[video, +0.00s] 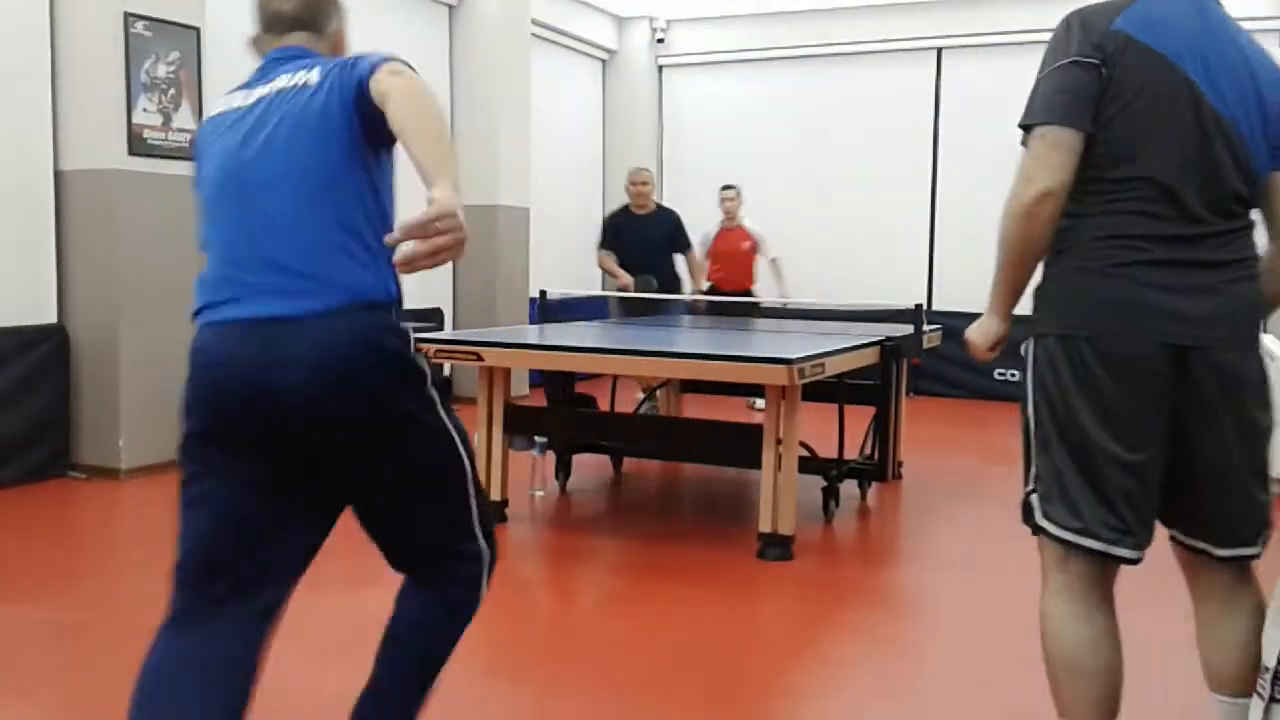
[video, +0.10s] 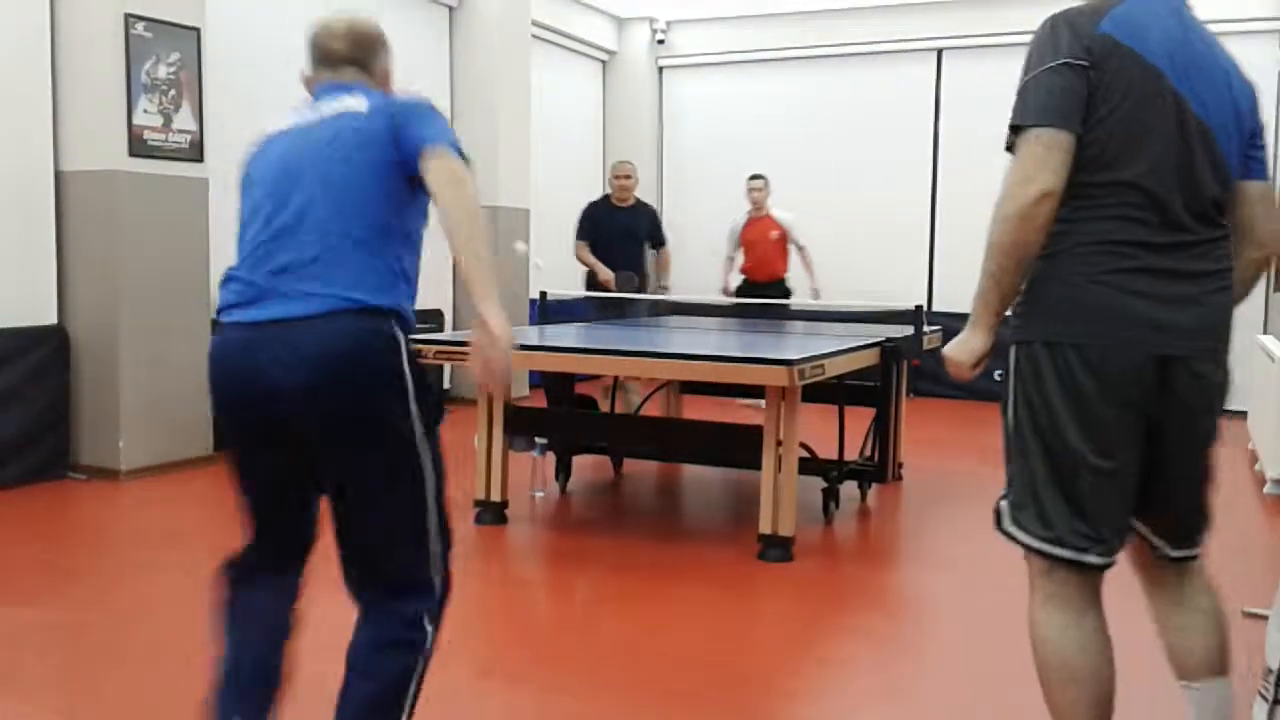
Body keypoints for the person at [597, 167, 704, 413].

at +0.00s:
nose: (639, 189)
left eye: (644, 184)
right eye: (634, 184)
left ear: (654, 187)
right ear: (626, 188)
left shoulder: (669, 218)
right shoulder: (614, 221)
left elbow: (690, 255)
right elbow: (604, 257)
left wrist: (699, 290)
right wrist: (620, 275)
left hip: (668, 299)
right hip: (631, 301)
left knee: (669, 359)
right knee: (634, 356)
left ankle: (672, 419)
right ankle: (649, 395)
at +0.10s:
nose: (622, 182)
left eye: (628, 177)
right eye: (617, 177)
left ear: (636, 181)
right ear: (610, 180)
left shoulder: (647, 213)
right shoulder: (594, 211)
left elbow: (661, 249)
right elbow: (581, 249)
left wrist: (663, 283)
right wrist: (599, 268)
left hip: (636, 291)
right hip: (600, 291)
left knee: (632, 350)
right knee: (605, 347)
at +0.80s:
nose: (500, 184)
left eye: (505, 179)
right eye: (494, 179)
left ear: (510, 182)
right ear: (484, 182)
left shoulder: (520, 214)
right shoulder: (468, 215)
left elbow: (529, 252)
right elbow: (459, 251)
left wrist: (540, 281)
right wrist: (481, 271)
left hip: (517, 293)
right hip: (480, 294)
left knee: (529, 345)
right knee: (473, 350)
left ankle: (535, 394)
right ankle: (460, 396)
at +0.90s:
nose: (500, 183)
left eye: (503, 178)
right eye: (493, 178)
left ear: (508, 181)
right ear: (481, 182)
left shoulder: (515, 214)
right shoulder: (465, 214)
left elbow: (525, 252)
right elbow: (457, 251)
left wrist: (537, 280)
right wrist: (485, 270)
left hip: (512, 295)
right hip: (476, 296)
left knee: (525, 347)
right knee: (468, 350)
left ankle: (535, 398)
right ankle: (460, 397)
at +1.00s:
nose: (501, 184)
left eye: (504, 180)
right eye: (495, 179)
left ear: (508, 182)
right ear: (481, 181)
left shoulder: (513, 214)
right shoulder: (465, 214)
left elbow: (522, 253)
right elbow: (458, 252)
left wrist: (534, 281)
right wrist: (490, 269)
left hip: (510, 295)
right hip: (475, 297)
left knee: (524, 347)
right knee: (469, 349)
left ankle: (534, 400)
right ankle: (460, 396)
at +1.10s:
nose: (506, 185)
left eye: (508, 181)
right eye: (500, 180)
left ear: (511, 183)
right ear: (484, 181)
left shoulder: (513, 216)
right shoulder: (467, 215)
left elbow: (521, 253)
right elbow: (459, 252)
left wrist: (530, 276)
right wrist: (493, 270)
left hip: (510, 296)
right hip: (475, 297)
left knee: (524, 348)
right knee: (469, 349)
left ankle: (534, 399)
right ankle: (461, 396)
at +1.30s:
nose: (517, 188)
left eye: (520, 184)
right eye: (512, 183)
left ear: (522, 186)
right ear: (496, 184)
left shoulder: (519, 217)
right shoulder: (478, 215)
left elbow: (523, 256)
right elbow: (470, 254)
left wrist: (533, 276)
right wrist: (501, 274)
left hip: (514, 298)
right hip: (481, 298)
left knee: (529, 346)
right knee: (473, 350)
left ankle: (535, 397)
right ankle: (461, 397)